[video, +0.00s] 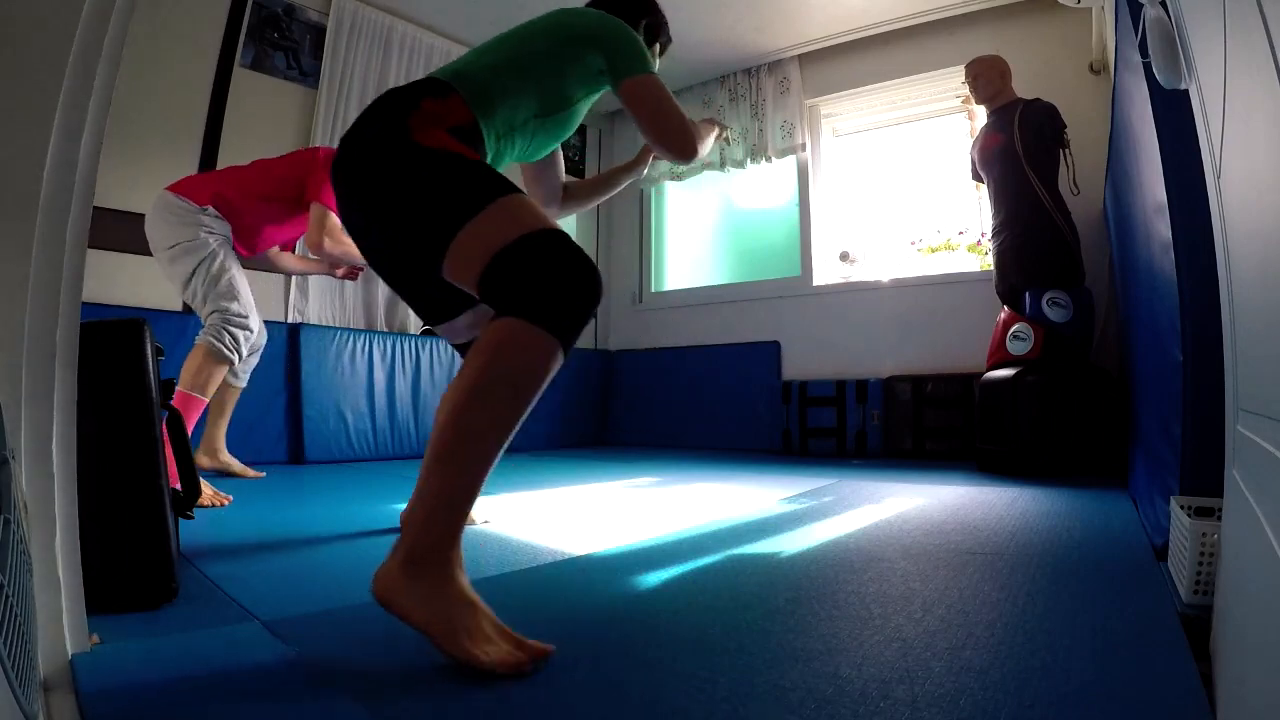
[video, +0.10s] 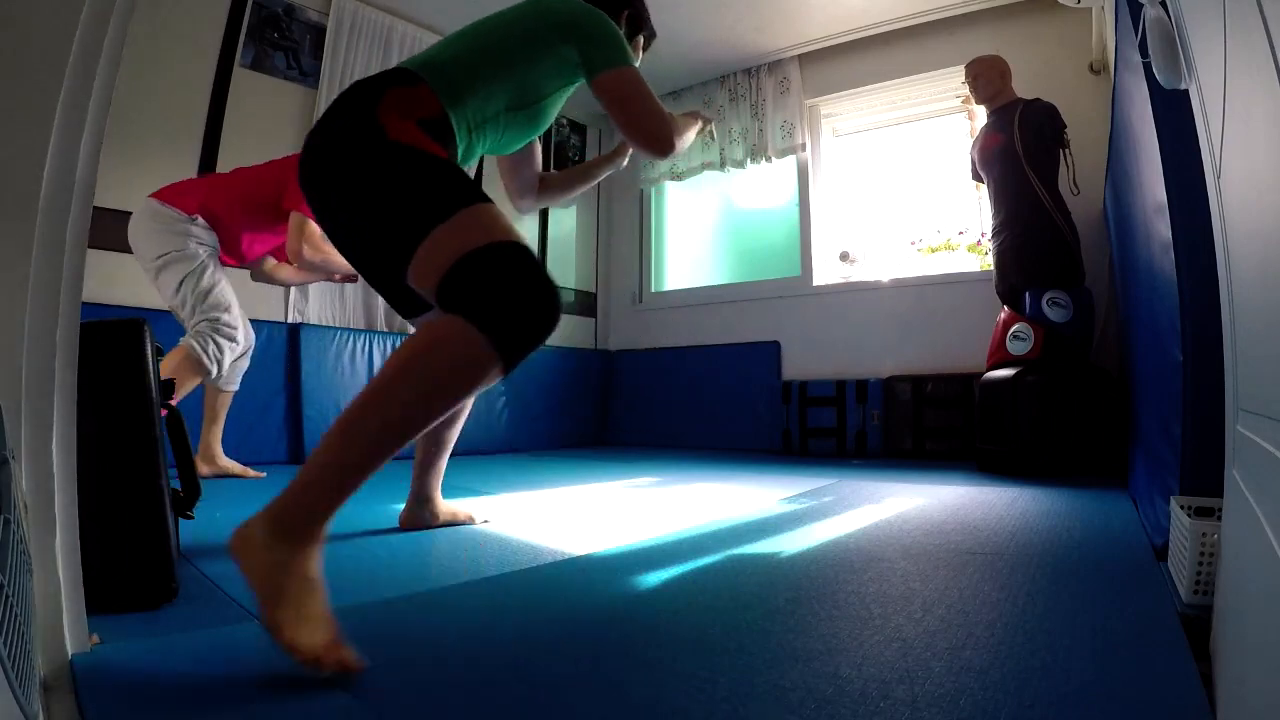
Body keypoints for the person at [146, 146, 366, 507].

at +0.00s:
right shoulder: (328, 164)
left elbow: (264, 256)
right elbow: (324, 242)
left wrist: (330, 267)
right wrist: (369, 256)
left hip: (211, 229)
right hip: (188, 213)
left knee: (251, 335)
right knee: (233, 324)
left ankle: (211, 450)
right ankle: (168, 454)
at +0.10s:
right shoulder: (306, 173)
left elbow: (264, 270)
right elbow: (305, 249)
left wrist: (330, 274)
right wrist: (350, 268)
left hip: (198, 237)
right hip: (173, 221)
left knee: (241, 339)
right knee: (222, 332)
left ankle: (210, 453)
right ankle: (139, 415)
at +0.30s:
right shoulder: (277, 204)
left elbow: (238, 288)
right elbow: (280, 273)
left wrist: (304, 290)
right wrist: (337, 281)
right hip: (140, 237)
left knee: (222, 341)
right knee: (189, 359)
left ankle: (207, 456)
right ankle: (119, 444)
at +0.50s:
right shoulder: (278, 214)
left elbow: (211, 287)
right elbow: (266, 281)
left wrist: (273, 309)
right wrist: (321, 301)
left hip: (163, 262)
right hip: (130, 248)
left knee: (218, 341)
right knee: (188, 368)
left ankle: (208, 462)